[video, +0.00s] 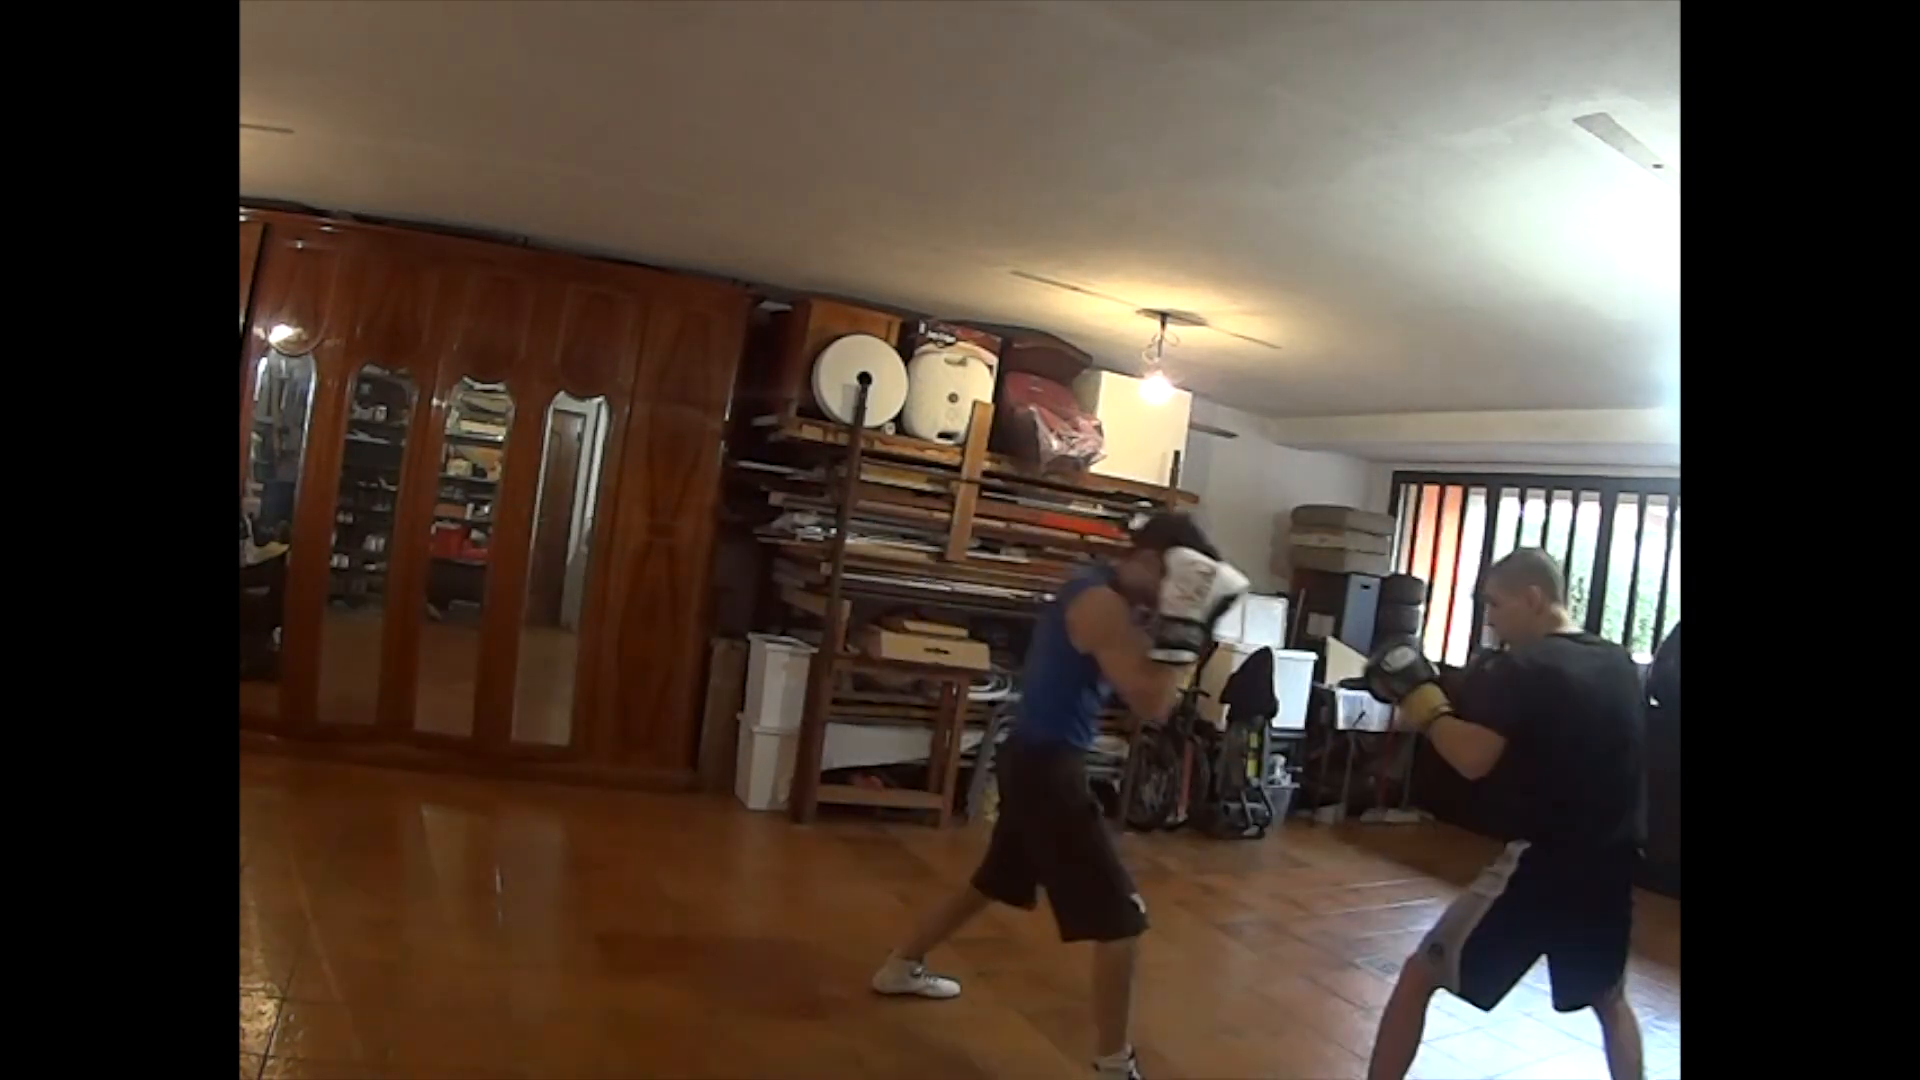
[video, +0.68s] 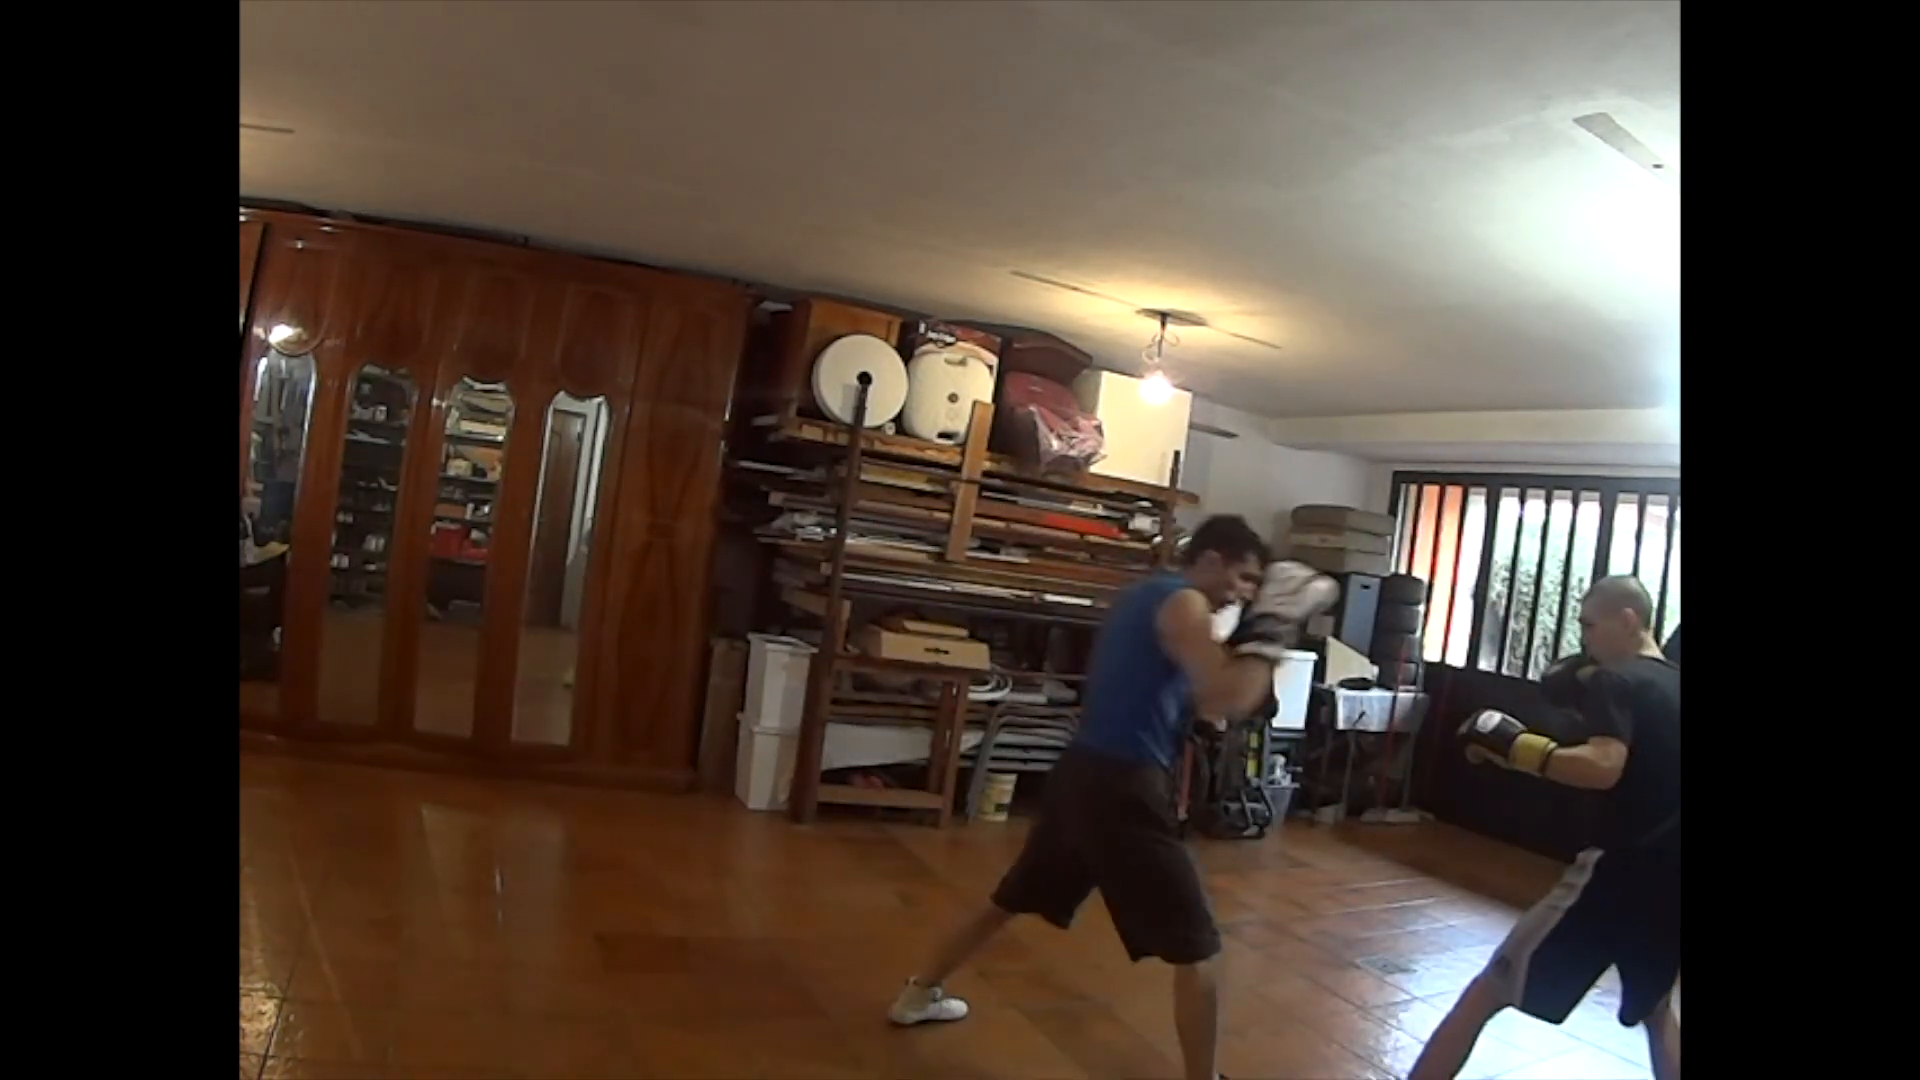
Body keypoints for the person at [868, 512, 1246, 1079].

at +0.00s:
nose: (1167, 591)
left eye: (1177, 581)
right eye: (1169, 575)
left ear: (1146, 555)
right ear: (1145, 553)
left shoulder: (1087, 588)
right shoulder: (1100, 604)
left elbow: (1140, 684)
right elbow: (1153, 702)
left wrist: (1176, 630)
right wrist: (1185, 627)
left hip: (1031, 763)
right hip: (1051, 771)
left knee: (990, 882)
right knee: (1119, 920)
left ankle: (900, 966)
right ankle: (1114, 1063)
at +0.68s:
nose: (1244, 589)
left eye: (1251, 581)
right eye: (1241, 574)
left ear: (1193, 558)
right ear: (1207, 557)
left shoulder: (1143, 596)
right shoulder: (1180, 602)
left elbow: (1205, 693)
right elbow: (1227, 694)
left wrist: (1257, 636)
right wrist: (1273, 632)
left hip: (1081, 779)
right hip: (1129, 793)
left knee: (1005, 901)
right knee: (1199, 954)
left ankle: (918, 992)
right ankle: (1202, 1070)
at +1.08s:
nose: (1257, 597)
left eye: (1264, 587)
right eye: (1256, 582)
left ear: (1207, 564)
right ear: (1223, 567)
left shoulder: (1143, 605)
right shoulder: (1199, 614)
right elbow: (1229, 721)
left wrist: (1256, 641)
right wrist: (1289, 660)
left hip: (1101, 803)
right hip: (1156, 813)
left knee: (1038, 930)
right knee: (1256, 949)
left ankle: (937, 1032)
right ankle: (1260, 1070)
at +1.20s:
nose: (1310, 606)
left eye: (1315, 595)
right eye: (1308, 593)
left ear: (1252, 580)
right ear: (1274, 581)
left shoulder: (1182, 619)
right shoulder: (1265, 630)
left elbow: (1167, 698)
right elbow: (1277, 707)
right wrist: (1353, 683)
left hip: (1131, 816)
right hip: (1203, 828)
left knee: (1038, 935)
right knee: (1278, 986)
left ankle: (937, 1032)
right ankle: (1307, 1075)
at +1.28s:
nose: (1353, 621)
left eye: (1354, 612)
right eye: (1349, 610)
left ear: (1288, 589)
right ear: (1321, 598)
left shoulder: (1211, 621)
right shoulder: (1321, 646)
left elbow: (1173, 700)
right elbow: (1419, 690)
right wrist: (1479, 661)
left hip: (1143, 813)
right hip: (1216, 833)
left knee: (1057, 932)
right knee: (1283, 989)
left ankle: (953, 1032)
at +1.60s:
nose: (1323, 589)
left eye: (1324, 577)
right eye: (1320, 575)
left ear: (1256, 564)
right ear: (1294, 565)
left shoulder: (1194, 620)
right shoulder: (1307, 615)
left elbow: (1193, 722)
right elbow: (1392, 704)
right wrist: (1406, 620)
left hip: (1180, 835)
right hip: (1265, 846)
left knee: (1090, 991)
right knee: (1315, 1012)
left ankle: (1008, 1074)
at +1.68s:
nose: (1297, 587)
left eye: (1298, 577)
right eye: (1293, 574)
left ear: (1226, 565)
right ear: (1265, 566)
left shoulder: (1168, 625)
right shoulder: (1284, 616)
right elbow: (1392, 686)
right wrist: (1394, 598)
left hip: (1169, 849)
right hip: (1253, 858)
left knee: (1078, 1003)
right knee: (1309, 1016)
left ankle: (1007, 1073)